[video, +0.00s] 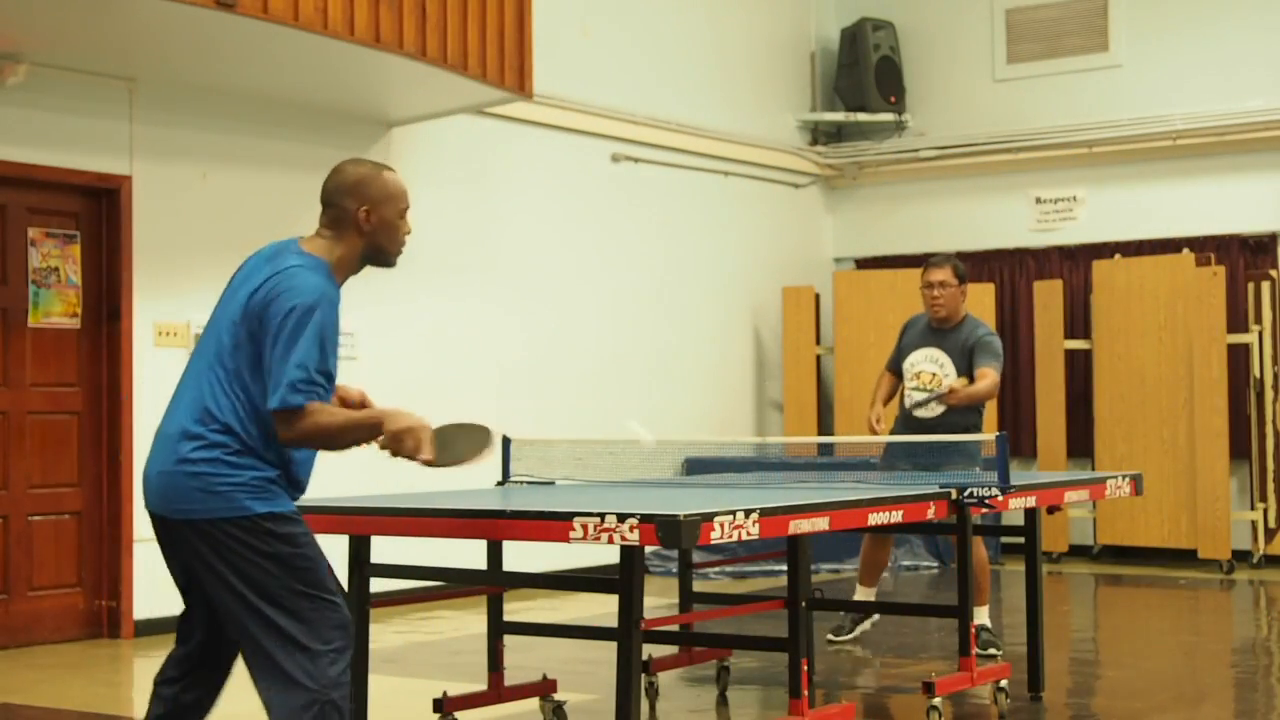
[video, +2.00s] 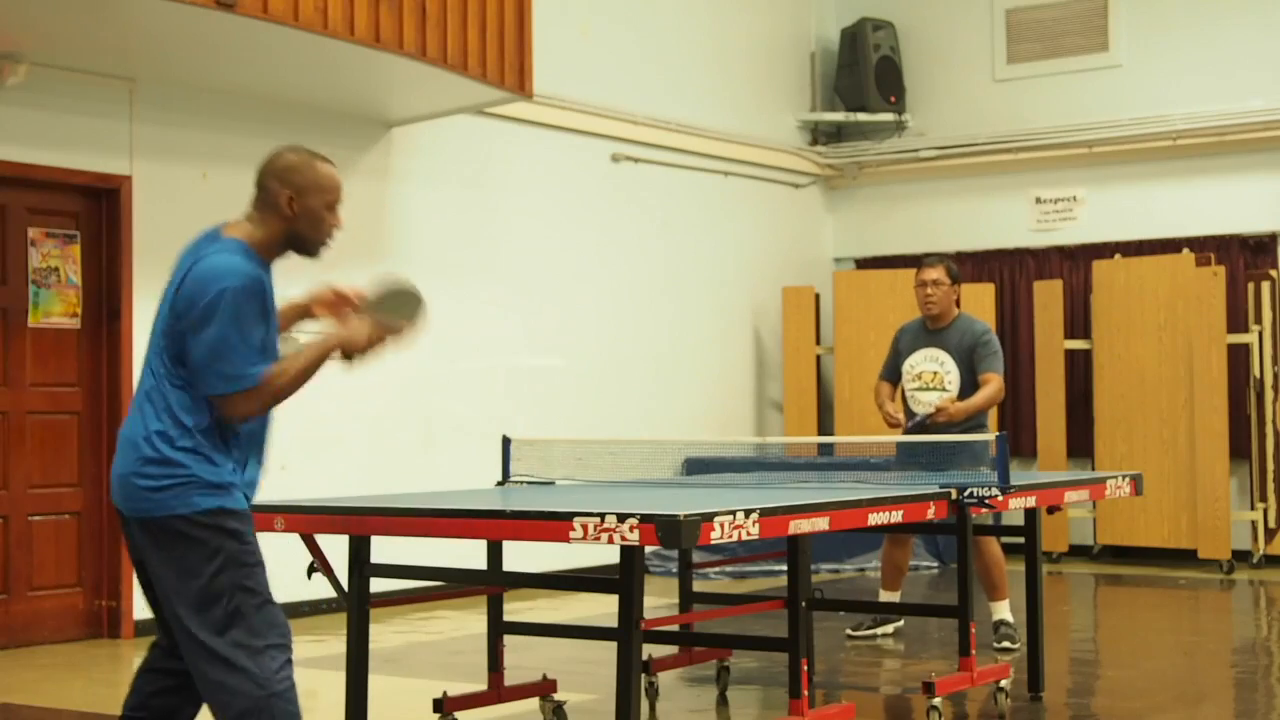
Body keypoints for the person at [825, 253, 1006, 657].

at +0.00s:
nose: (934, 294)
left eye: (943, 287)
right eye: (928, 287)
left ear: (963, 291)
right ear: (922, 292)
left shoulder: (981, 336)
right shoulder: (914, 328)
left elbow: (989, 384)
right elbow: (893, 372)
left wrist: (961, 395)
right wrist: (877, 404)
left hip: (956, 452)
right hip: (904, 448)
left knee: (967, 533)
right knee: (879, 524)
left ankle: (981, 622)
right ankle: (861, 606)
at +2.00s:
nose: (927, 293)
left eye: (935, 285)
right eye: (921, 286)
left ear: (955, 291)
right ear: (915, 291)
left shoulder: (979, 335)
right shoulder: (906, 335)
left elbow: (994, 387)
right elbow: (884, 385)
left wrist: (962, 409)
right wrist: (887, 406)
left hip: (965, 450)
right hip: (914, 450)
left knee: (979, 530)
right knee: (898, 528)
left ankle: (1002, 618)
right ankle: (887, 612)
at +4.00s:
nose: (947, 297)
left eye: (955, 290)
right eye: (941, 291)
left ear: (974, 291)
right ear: (935, 295)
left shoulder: (1000, 334)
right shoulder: (930, 338)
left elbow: (1020, 384)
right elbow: (908, 387)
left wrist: (975, 401)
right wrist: (907, 402)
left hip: (982, 449)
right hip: (933, 449)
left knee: (996, 528)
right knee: (914, 524)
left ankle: (1016, 615)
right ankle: (904, 609)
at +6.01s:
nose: (853, 299)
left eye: (859, 291)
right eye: (848, 294)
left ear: (882, 290)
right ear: (846, 298)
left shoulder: (911, 325)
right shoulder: (855, 342)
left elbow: (926, 382)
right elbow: (831, 388)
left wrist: (920, 437)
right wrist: (823, 350)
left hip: (907, 442)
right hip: (873, 445)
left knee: (899, 520)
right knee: (896, 521)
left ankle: (883, 605)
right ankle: (910, 608)